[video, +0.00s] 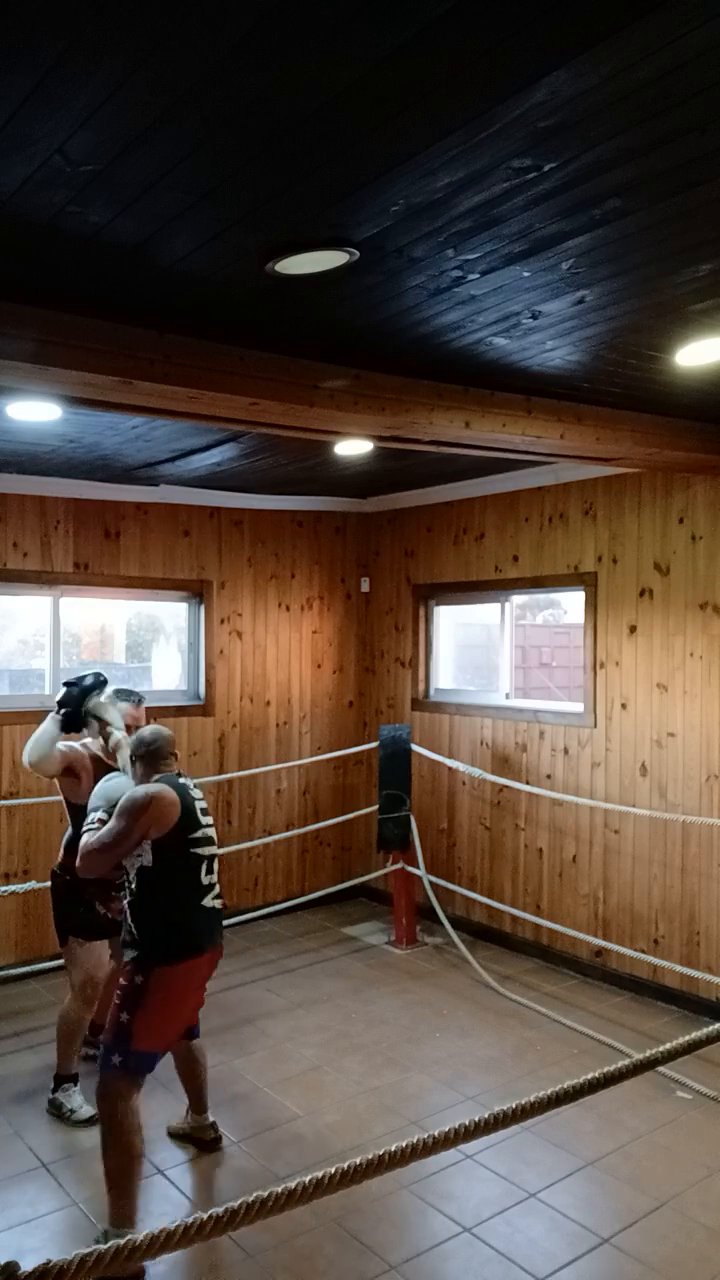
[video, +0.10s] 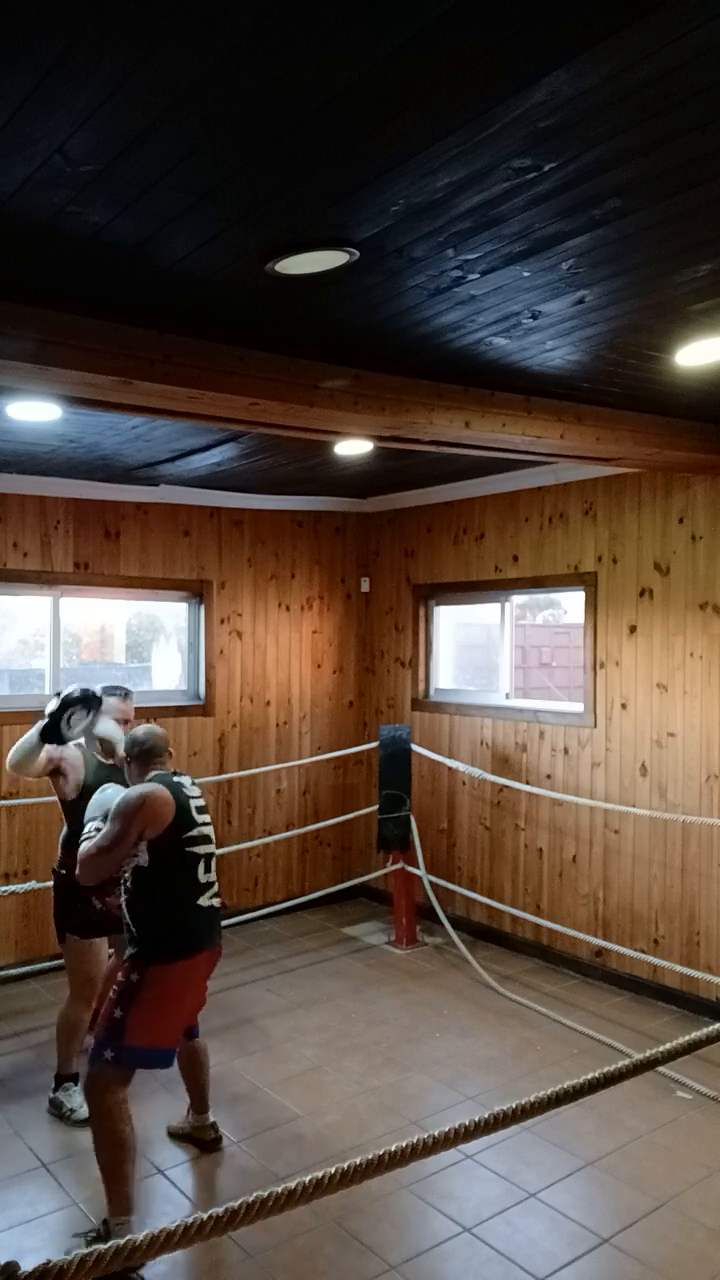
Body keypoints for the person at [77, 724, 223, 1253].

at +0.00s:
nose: (129, 768)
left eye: (128, 760)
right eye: (134, 760)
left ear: (134, 761)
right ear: (173, 756)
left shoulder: (149, 798)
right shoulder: (190, 790)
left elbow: (87, 861)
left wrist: (101, 810)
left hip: (167, 955)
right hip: (203, 943)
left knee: (116, 1088)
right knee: (181, 1031)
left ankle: (122, 1239)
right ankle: (202, 1121)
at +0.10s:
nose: (121, 768)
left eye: (121, 760)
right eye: (124, 760)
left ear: (128, 760)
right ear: (168, 754)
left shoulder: (144, 798)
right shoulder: (188, 788)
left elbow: (87, 870)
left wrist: (102, 820)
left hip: (164, 955)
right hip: (203, 942)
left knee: (102, 1084)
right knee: (186, 1029)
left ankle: (119, 1230)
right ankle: (202, 1120)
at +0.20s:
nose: (109, 759)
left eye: (110, 752)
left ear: (113, 758)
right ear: (158, 753)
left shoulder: (127, 805)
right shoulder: (185, 788)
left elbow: (78, 878)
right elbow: (171, 857)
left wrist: (92, 832)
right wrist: (116, 860)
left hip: (156, 957)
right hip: (200, 943)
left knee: (105, 1086)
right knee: (186, 1029)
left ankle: (136, 1226)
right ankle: (203, 1121)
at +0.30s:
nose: (97, 778)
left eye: (97, 770)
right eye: (99, 769)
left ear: (104, 768)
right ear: (148, 755)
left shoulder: (110, 813)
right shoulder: (185, 794)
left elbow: (59, 884)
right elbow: (219, 855)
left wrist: (79, 833)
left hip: (143, 971)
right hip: (193, 956)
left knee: (103, 1092)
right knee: (181, 1030)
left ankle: (137, 1225)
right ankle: (199, 1121)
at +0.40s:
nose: (86, 776)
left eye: (87, 769)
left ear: (94, 768)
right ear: (140, 758)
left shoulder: (95, 812)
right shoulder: (183, 794)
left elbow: (45, 883)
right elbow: (220, 863)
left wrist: (69, 832)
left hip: (135, 969)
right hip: (186, 952)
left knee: (99, 1094)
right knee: (172, 1032)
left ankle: (136, 1225)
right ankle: (187, 1119)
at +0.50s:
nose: (87, 762)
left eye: (88, 755)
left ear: (94, 756)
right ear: (141, 749)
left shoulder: (87, 803)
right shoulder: (181, 788)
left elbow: (44, 872)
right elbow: (211, 855)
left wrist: (58, 813)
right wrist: (173, 822)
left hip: (125, 960)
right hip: (180, 946)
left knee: (108, 1088)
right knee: (161, 1031)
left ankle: (137, 1227)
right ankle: (173, 1132)